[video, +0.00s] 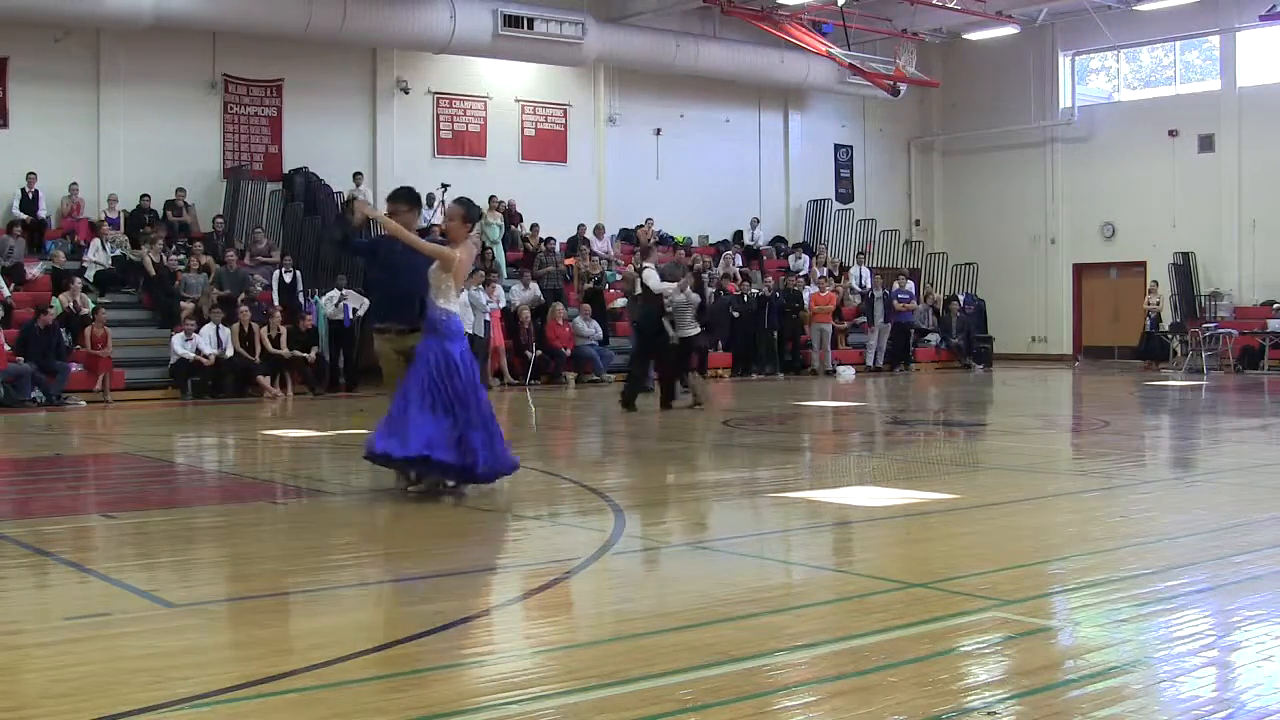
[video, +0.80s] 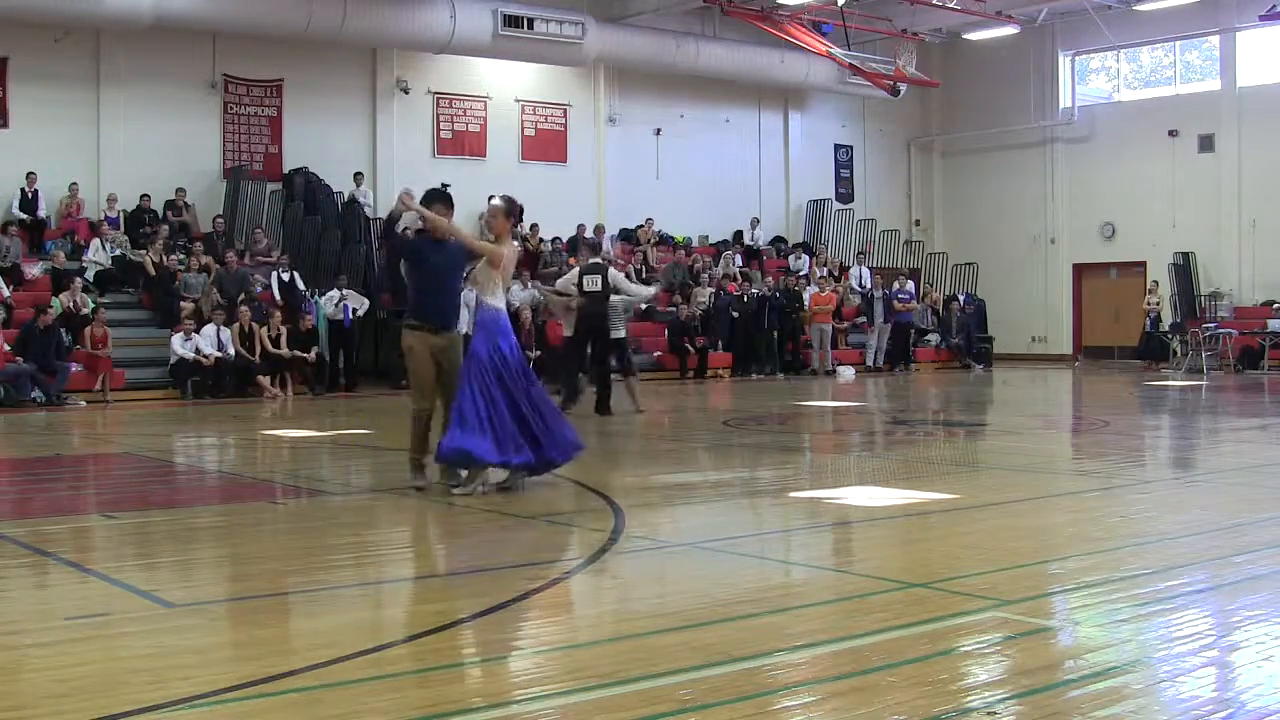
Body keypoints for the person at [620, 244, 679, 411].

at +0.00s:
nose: (658, 255)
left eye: (657, 252)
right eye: (656, 252)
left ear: (644, 256)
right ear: (652, 254)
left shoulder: (646, 270)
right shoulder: (648, 271)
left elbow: (658, 292)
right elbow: (656, 287)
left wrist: (678, 289)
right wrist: (677, 286)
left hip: (644, 319)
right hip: (652, 320)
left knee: (640, 358)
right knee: (665, 356)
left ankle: (628, 397)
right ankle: (666, 398)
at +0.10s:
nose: (652, 257)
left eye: (651, 253)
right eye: (650, 253)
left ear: (635, 256)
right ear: (644, 255)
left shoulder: (630, 272)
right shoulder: (642, 270)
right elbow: (650, 287)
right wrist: (672, 289)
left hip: (633, 322)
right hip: (643, 321)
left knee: (633, 359)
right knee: (650, 357)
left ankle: (628, 396)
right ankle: (642, 396)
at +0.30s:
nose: (633, 255)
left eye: (632, 253)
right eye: (632, 253)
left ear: (616, 255)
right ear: (629, 254)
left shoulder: (609, 275)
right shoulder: (632, 274)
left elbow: (607, 294)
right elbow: (648, 291)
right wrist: (671, 295)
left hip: (614, 321)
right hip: (629, 322)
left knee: (619, 359)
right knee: (628, 360)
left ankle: (624, 399)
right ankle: (612, 392)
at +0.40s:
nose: (630, 256)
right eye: (629, 253)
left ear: (612, 254)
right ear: (626, 254)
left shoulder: (603, 273)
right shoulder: (629, 273)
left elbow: (597, 292)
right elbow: (645, 290)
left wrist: (613, 292)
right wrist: (670, 295)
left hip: (606, 320)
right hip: (622, 320)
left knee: (610, 356)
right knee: (619, 358)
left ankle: (605, 391)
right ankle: (616, 396)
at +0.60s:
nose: (622, 255)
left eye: (621, 251)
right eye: (621, 252)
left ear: (602, 252)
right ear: (617, 253)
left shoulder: (592, 270)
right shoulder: (620, 271)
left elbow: (578, 285)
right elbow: (641, 288)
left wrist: (595, 293)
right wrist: (666, 290)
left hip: (594, 322)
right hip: (611, 323)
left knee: (596, 359)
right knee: (609, 363)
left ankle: (590, 391)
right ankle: (604, 406)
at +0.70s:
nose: (613, 254)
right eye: (612, 251)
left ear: (593, 253)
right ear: (609, 253)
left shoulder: (586, 270)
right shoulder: (615, 271)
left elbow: (568, 285)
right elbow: (636, 287)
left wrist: (586, 293)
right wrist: (659, 289)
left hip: (589, 321)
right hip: (607, 322)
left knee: (582, 357)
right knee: (606, 364)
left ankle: (578, 397)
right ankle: (603, 405)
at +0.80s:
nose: (580, 254)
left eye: (582, 252)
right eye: (581, 251)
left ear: (586, 252)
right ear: (600, 252)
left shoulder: (578, 270)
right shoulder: (609, 271)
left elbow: (560, 285)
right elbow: (630, 289)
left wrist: (578, 294)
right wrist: (652, 290)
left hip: (582, 322)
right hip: (601, 322)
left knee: (572, 359)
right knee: (601, 363)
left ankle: (569, 398)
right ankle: (603, 405)